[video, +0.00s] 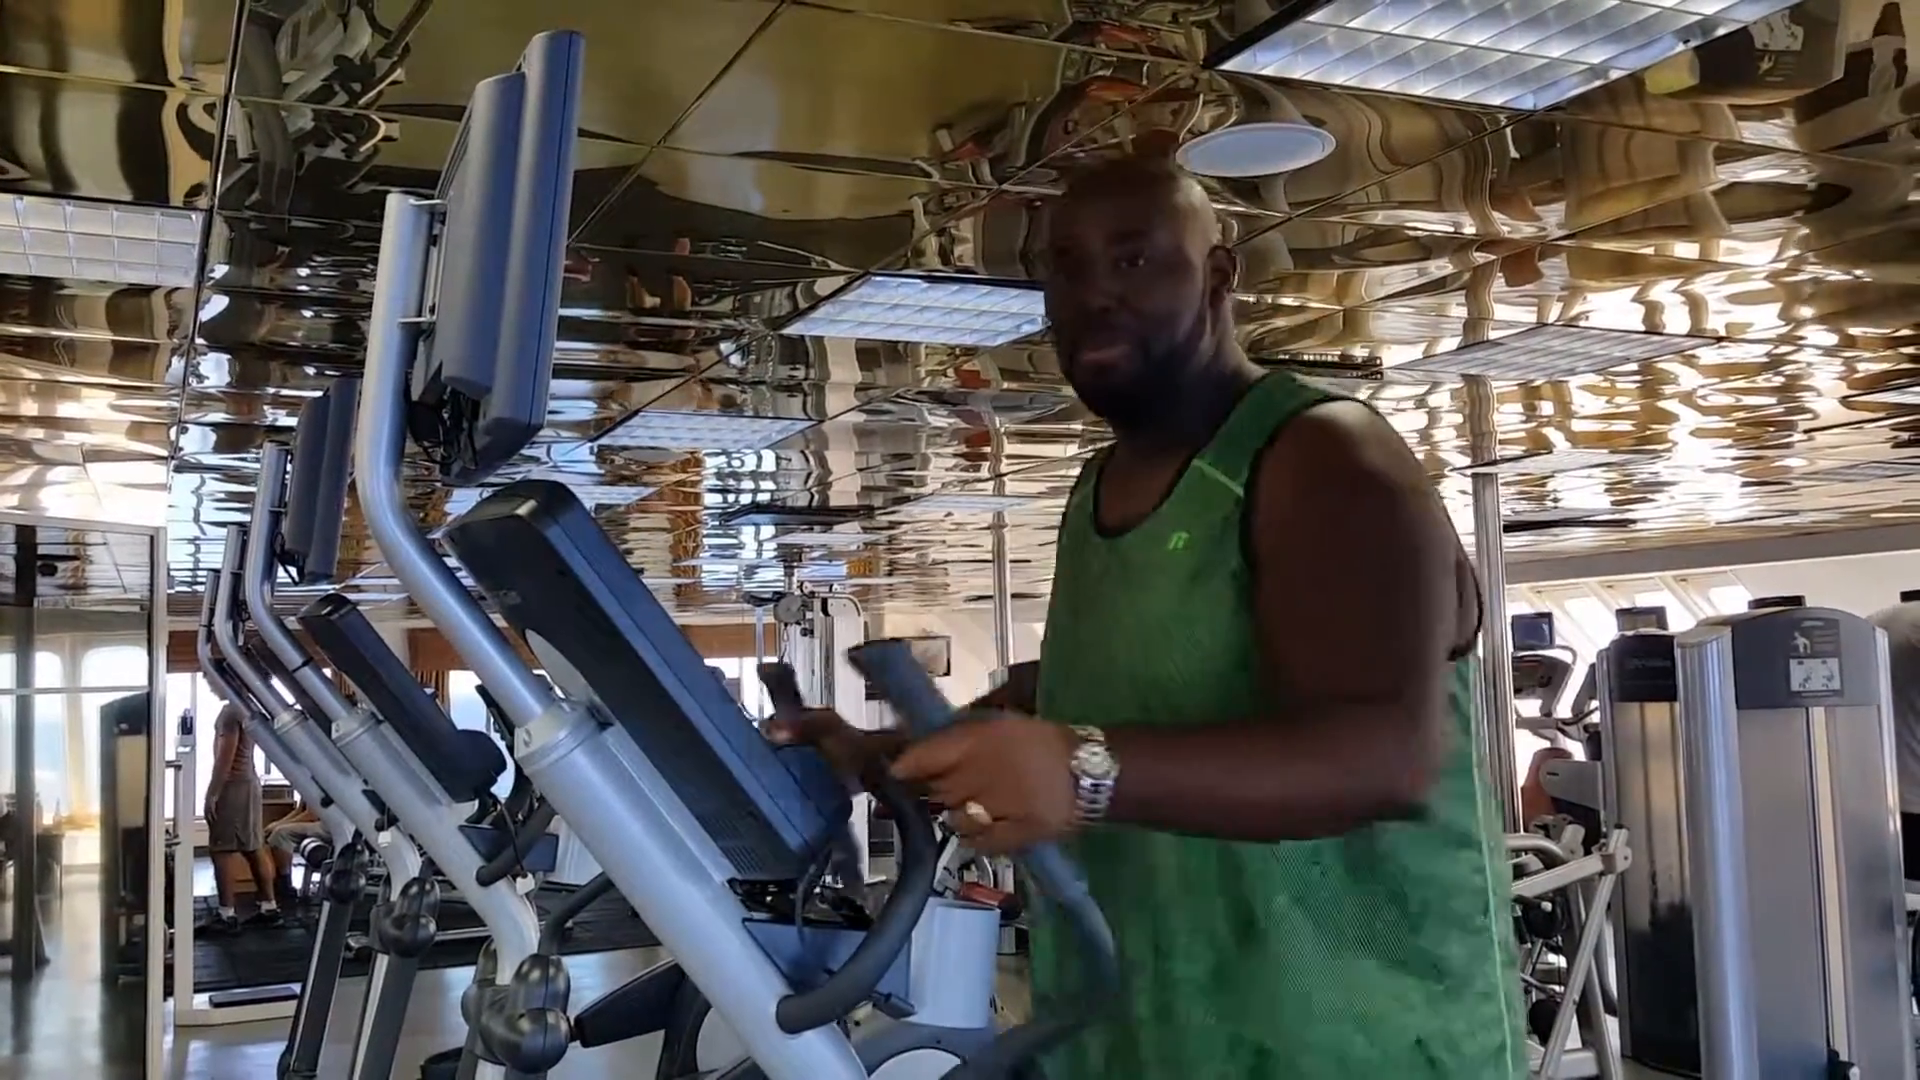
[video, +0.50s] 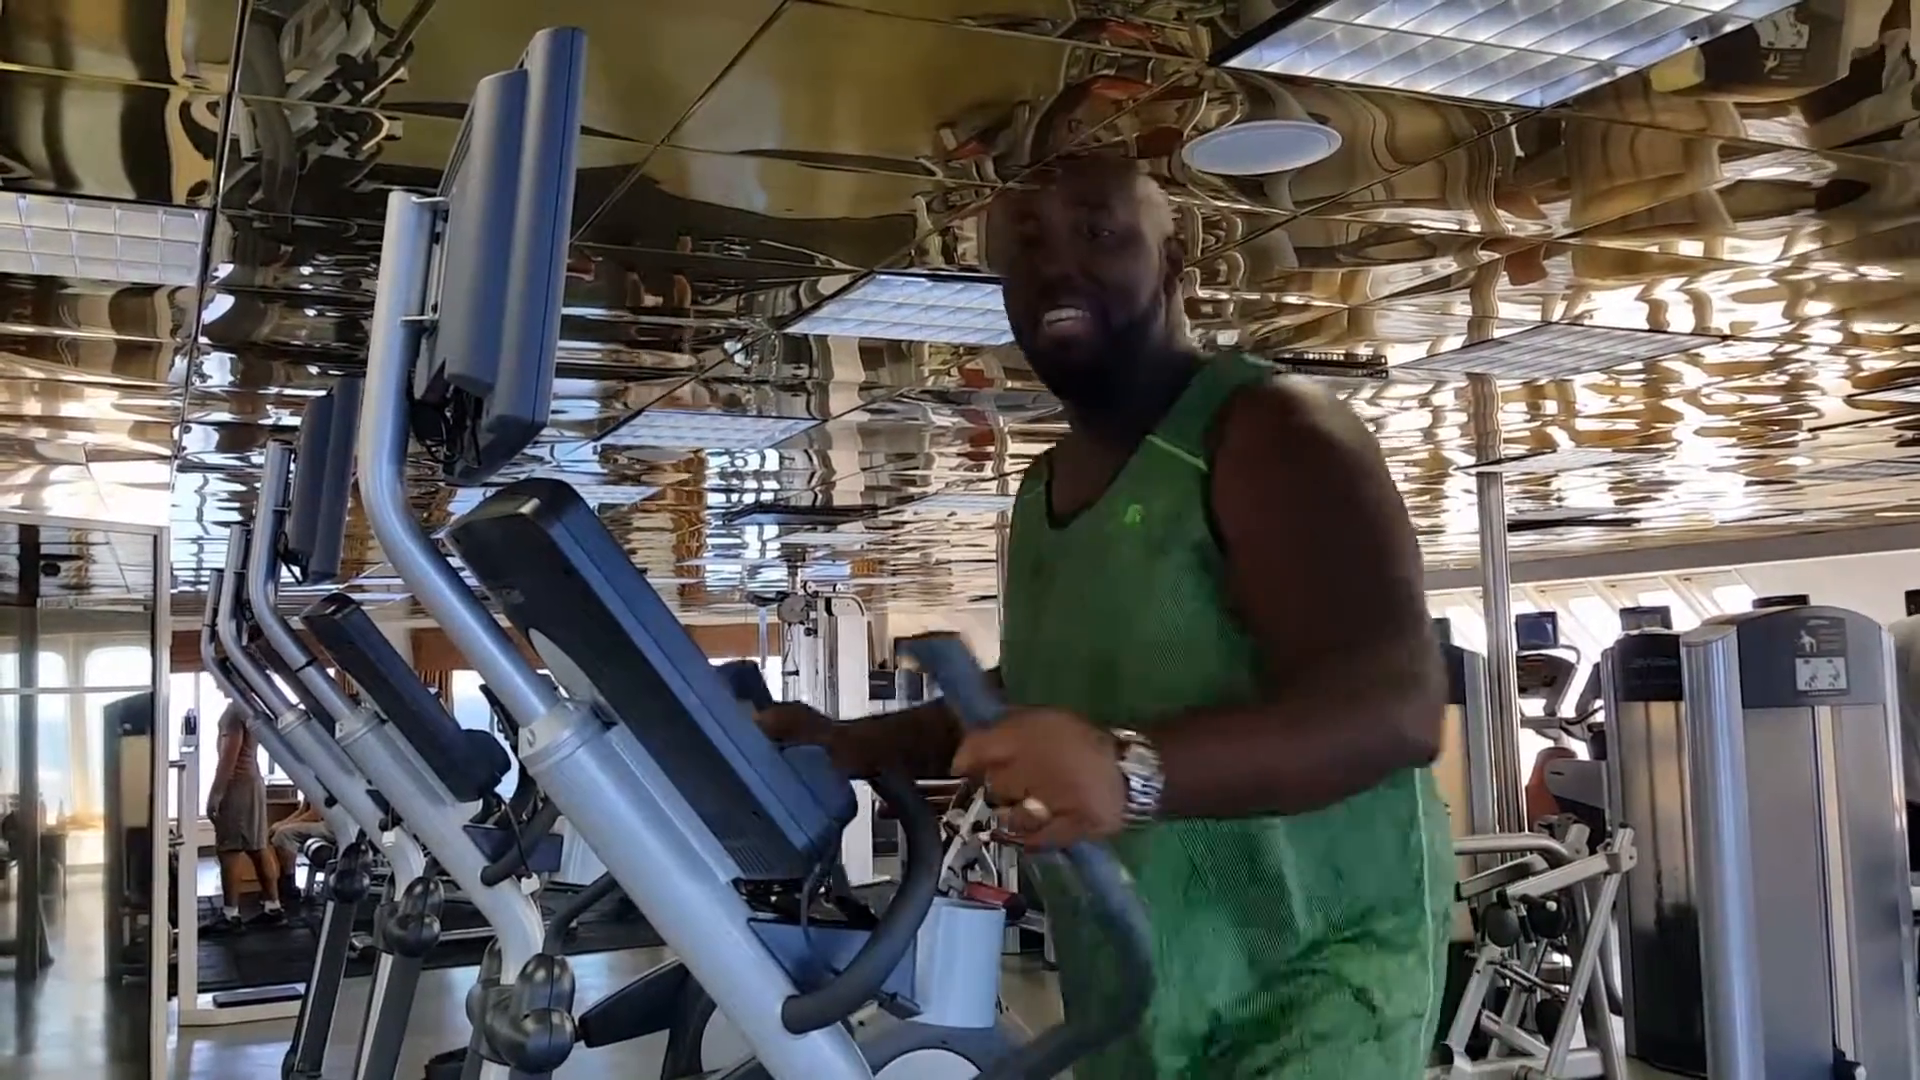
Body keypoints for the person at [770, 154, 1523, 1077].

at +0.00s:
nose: (1091, 296)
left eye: (1133, 258)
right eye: (1064, 269)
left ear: (1221, 277)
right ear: (1044, 297)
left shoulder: (1336, 463)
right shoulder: (1102, 490)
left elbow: (1389, 751)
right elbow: (1107, 719)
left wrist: (1092, 774)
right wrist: (901, 757)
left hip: (1345, 1037)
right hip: (1134, 1029)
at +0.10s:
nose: (1076, 283)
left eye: (1118, 245)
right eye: (1051, 253)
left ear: (1205, 266)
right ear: (1027, 279)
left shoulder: (1311, 430)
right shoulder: (1104, 467)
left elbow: (1310, 714)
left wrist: (1015, 764)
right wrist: (1026, 797)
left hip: (1336, 1023)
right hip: (1143, 1013)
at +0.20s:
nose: (1047, 245)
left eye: (1090, 210)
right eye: (1024, 216)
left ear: (1175, 234)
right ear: (998, 237)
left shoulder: (1289, 389)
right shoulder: (1089, 442)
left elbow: (1270, 652)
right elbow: (1122, 689)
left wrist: (986, 761)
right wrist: (979, 762)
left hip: (1335, 993)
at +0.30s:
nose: (1032, 220)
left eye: (1074, 186)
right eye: (1008, 193)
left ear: (1157, 206)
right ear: (986, 218)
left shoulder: (1272, 363)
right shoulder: (1072, 425)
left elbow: (1257, 625)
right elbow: (1101, 656)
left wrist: (992, 758)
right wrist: (981, 745)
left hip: (1327, 991)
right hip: (1139, 983)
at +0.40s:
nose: (1039, 225)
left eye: (1081, 193)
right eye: (1013, 199)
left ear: (1157, 219)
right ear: (987, 232)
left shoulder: (1269, 381)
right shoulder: (1056, 442)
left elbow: (1305, 639)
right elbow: (1056, 665)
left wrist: (1041, 761)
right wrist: (943, 756)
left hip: (1319, 985)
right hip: (1140, 989)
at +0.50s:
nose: (1054, 261)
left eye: (1097, 232)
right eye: (1024, 239)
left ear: (1172, 268)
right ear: (998, 284)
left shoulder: (1282, 433)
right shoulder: (1048, 489)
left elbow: (1389, 704)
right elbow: (1046, 709)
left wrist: (1136, 768)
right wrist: (847, 747)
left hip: (1314, 992)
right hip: (1126, 996)